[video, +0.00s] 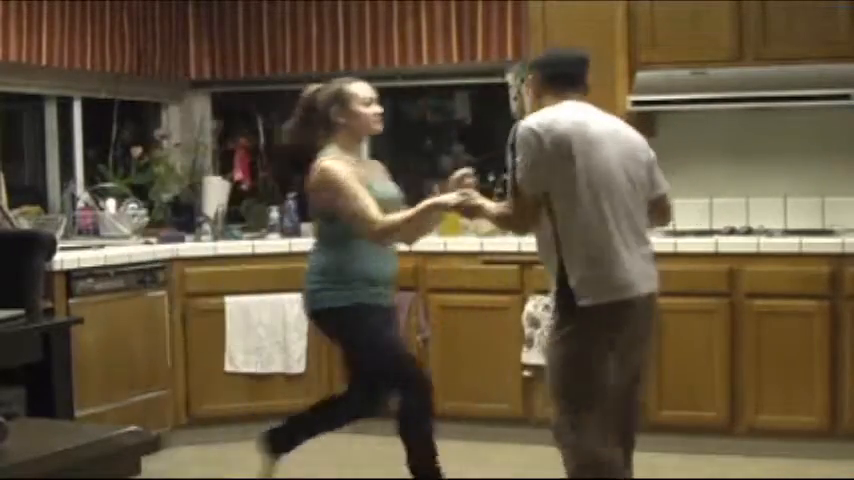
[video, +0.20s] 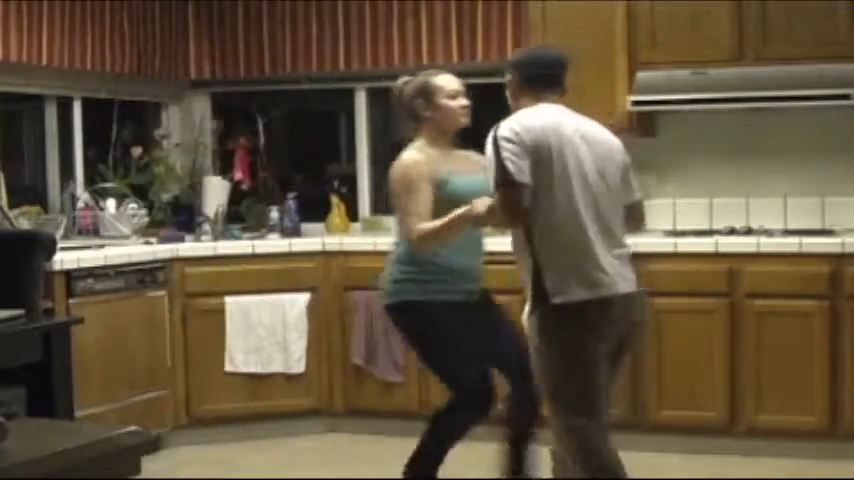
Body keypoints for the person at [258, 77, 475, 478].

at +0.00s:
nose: (379, 109)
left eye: (377, 102)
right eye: (368, 104)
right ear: (339, 114)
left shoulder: (374, 168)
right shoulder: (329, 169)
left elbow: (402, 233)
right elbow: (377, 230)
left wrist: (443, 200)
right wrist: (434, 204)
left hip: (374, 295)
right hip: (339, 297)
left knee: (366, 397)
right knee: (413, 381)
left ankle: (277, 441)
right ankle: (427, 473)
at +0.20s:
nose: (466, 103)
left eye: (464, 95)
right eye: (454, 97)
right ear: (425, 108)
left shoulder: (475, 160)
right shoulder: (411, 163)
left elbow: (494, 215)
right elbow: (418, 238)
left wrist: (516, 207)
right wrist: (470, 213)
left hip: (468, 293)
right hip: (417, 296)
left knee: (525, 373)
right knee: (475, 393)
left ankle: (517, 467)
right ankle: (418, 470)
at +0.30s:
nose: (501, 102)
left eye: (500, 95)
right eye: (491, 96)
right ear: (464, 106)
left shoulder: (495, 156)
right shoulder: (444, 165)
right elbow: (426, 236)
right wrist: (481, 220)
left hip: (496, 291)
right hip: (460, 294)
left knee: (490, 405)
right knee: (489, 406)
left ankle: (433, 464)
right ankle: (428, 467)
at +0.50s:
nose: (482, 84)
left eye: (484, 77)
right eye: (482, 77)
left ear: (492, 77)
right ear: (537, 77)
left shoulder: (477, 132)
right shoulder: (583, 128)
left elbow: (469, 207)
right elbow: (633, 183)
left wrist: (419, 236)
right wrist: (589, 207)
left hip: (519, 289)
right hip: (588, 284)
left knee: (472, 386)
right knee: (565, 407)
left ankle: (552, 422)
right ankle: (565, 473)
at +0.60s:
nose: (482, 81)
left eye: (482, 76)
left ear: (485, 77)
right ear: (536, 77)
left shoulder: (459, 134)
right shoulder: (571, 126)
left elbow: (443, 212)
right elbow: (630, 170)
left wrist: (417, 245)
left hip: (500, 291)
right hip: (573, 285)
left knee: (485, 376)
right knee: (567, 408)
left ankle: (523, 440)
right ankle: (566, 473)